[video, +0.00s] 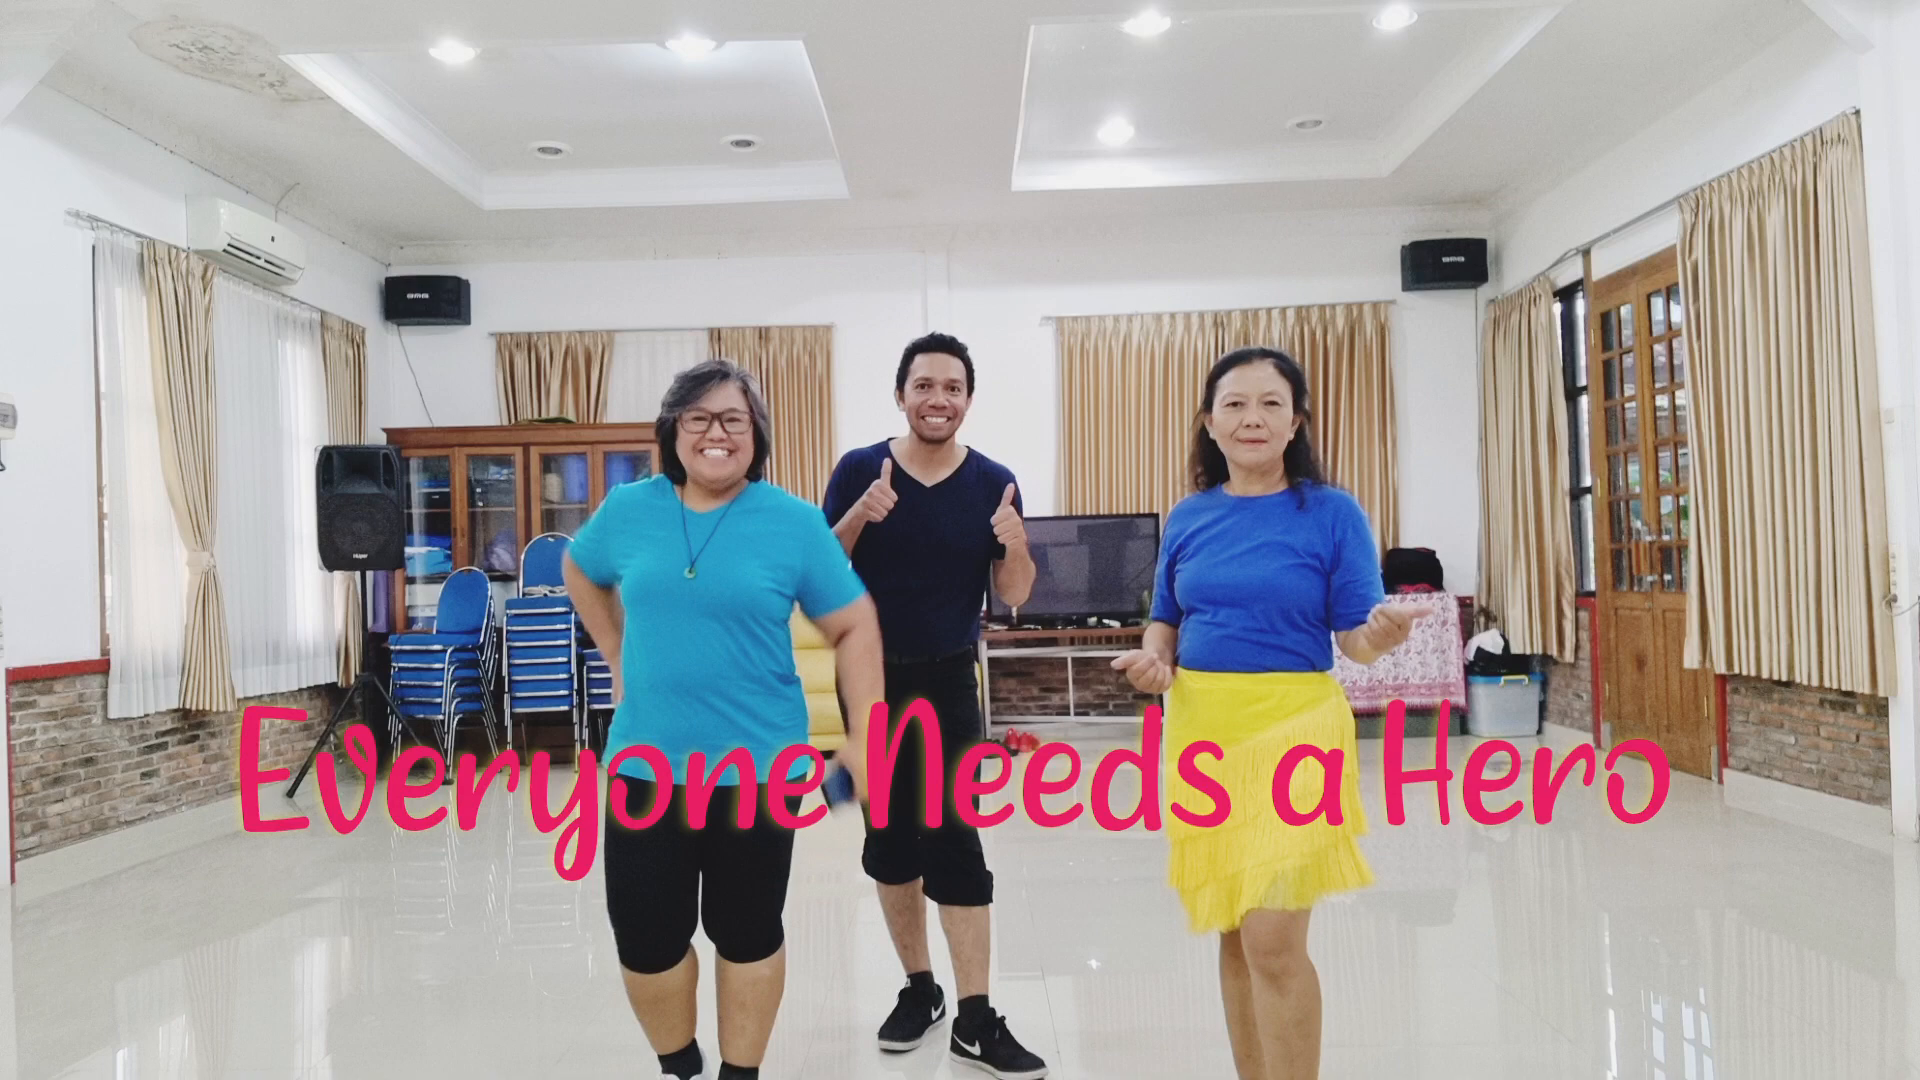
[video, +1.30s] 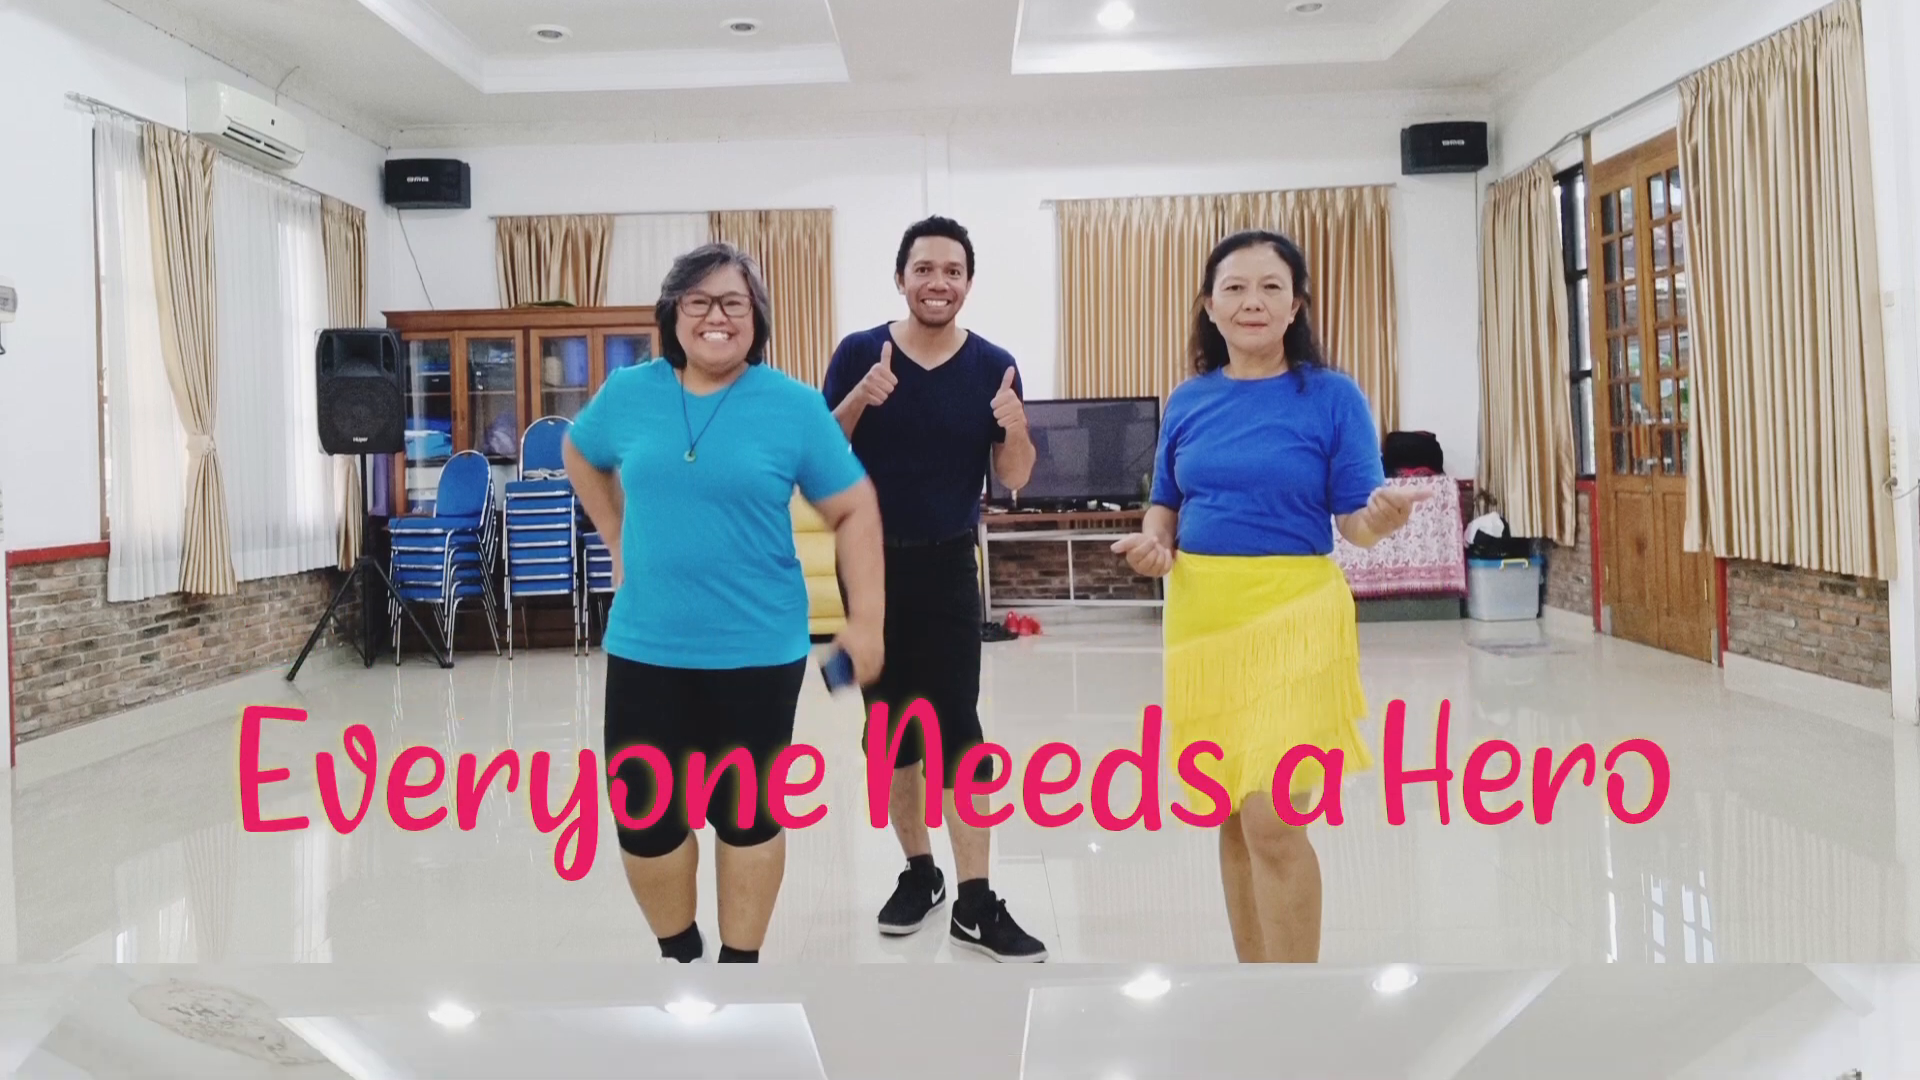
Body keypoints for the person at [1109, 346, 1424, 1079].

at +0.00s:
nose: (1252, 418)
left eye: (1270, 404)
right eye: (1234, 404)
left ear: (1295, 421)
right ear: (1210, 421)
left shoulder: (1333, 512)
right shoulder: (1186, 517)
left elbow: (1356, 643)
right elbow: (1163, 628)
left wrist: (1380, 635)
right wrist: (1151, 660)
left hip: (1297, 723)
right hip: (1204, 724)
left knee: (1272, 941)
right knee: (1237, 941)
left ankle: (1296, 1077)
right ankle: (1254, 1078)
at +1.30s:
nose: (1252, 302)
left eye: (1270, 287)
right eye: (1234, 288)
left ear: (1295, 304)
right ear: (1210, 305)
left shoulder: (1333, 396)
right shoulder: (1186, 401)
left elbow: (1356, 526)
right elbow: (1163, 508)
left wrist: (1380, 516)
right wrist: (1150, 542)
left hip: (1295, 607)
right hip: (1202, 608)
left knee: (1272, 817)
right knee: (1233, 818)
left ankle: (1296, 1004)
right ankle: (1259, 997)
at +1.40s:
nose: (1252, 141)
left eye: (1270, 127)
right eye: (1235, 128)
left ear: (1296, 143)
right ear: (1210, 145)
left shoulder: (1333, 236)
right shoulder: (1186, 241)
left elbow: (1357, 367)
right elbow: (1163, 346)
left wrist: (1381, 357)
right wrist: (1152, 381)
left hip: (1295, 446)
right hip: (1202, 449)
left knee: (1271, 663)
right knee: (1236, 663)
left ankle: (1304, 836)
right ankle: (1255, 830)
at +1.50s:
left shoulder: (1339, 1)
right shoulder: (1183, 3)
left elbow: (1355, 100)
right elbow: (1164, 78)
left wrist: (1384, 93)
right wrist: (1154, 117)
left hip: (1294, 179)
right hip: (1204, 182)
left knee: (1271, 400)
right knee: (1237, 400)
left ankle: (1295, 587)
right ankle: (1257, 577)